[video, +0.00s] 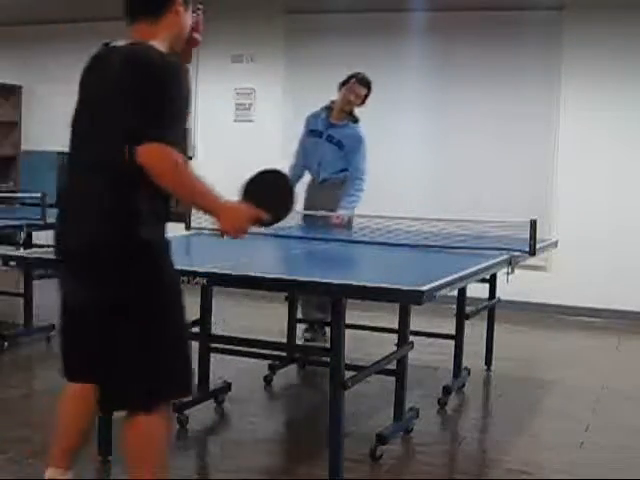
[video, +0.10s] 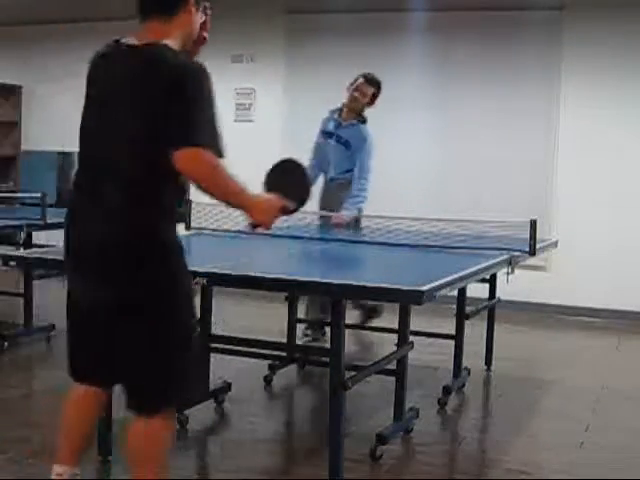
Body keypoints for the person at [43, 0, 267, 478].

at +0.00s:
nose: (194, 22)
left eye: (195, 14)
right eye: (193, 11)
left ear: (136, 13)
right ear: (177, 10)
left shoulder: (101, 62)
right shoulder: (159, 67)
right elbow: (156, 154)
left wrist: (181, 54)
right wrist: (221, 208)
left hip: (81, 241)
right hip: (131, 246)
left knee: (85, 372)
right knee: (152, 389)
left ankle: (56, 471)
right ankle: (146, 475)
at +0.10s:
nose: (201, 25)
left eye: (204, 17)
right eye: (202, 14)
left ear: (145, 12)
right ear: (191, 10)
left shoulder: (105, 61)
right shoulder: (182, 72)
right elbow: (190, 157)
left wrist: (186, 53)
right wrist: (251, 202)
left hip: (87, 237)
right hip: (144, 243)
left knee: (91, 373)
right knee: (156, 393)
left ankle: (62, 471)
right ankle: (146, 474)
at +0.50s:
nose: (205, 13)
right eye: (204, 8)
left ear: (142, 12)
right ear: (200, 12)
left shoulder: (105, 46)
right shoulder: (212, 65)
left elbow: (66, 1)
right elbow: (294, 62)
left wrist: (122, 11)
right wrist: (312, 38)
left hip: (89, 246)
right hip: (155, 254)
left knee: (72, 359)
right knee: (161, 389)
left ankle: (32, 458)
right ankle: (150, 474)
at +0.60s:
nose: (196, 16)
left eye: (195, 11)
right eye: (196, 11)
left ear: (136, 15)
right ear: (190, 12)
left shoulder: (106, 46)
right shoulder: (198, 60)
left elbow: (76, 2)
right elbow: (284, 24)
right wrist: (305, 6)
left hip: (78, 243)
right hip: (144, 250)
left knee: (62, 349)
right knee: (161, 388)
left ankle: (18, 440)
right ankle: (152, 476)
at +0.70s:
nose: (182, 32)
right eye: (181, 25)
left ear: (125, 24)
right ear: (176, 26)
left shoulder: (96, 64)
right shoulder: (182, 72)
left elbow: (94, 23)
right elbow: (270, 37)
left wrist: (115, 0)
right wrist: (292, 7)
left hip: (60, 251)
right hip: (125, 260)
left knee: (48, 347)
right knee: (161, 389)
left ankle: (5, 432)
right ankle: (150, 475)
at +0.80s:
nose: (165, 59)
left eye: (164, 51)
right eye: (166, 51)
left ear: (111, 51)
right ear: (158, 54)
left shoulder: (78, 93)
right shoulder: (165, 103)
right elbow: (246, 98)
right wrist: (266, 54)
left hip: (36, 262)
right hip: (99, 272)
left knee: (40, 354)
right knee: (165, 387)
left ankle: (1, 442)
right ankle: (147, 473)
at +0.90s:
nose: (151, 100)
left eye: (151, 92)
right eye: (151, 92)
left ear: (97, 91)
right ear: (141, 94)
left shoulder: (58, 135)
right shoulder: (144, 146)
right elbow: (222, 167)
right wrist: (231, 127)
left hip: (21, 292)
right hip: (86, 302)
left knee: (30, 364)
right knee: (167, 389)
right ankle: (150, 475)